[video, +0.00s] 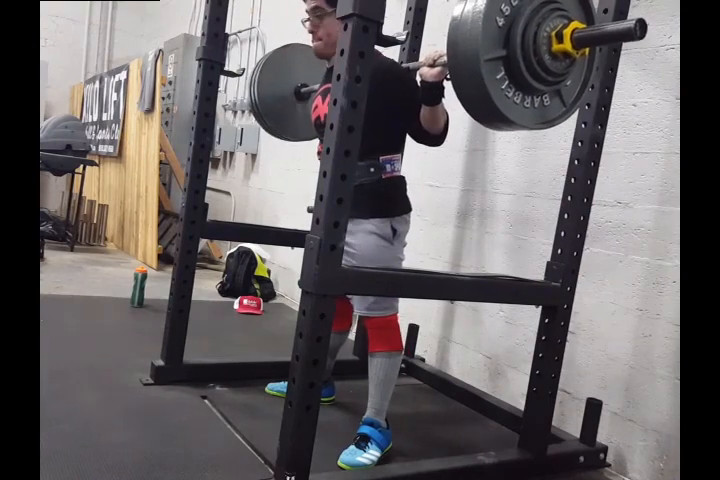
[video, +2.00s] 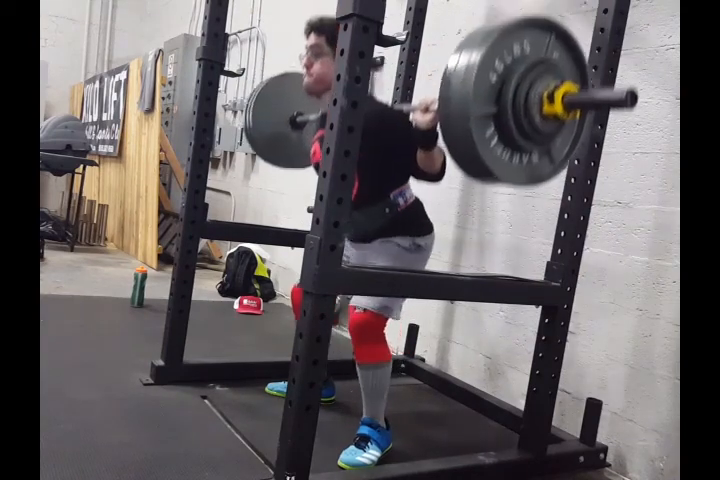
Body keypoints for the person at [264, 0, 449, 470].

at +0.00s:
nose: (310, 31)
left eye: (317, 20)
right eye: (307, 22)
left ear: (348, 19)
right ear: (320, 25)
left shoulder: (387, 74)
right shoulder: (329, 78)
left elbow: (433, 135)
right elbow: (328, 139)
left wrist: (431, 87)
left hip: (377, 215)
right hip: (331, 212)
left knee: (377, 311)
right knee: (327, 301)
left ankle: (375, 424)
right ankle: (317, 379)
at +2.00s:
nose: (305, 63)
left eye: (316, 55)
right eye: (305, 54)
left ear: (345, 63)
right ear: (310, 62)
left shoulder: (378, 118)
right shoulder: (324, 120)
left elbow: (433, 171)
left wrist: (425, 132)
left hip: (400, 234)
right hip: (350, 232)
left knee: (364, 323)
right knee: (304, 296)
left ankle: (374, 428)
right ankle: (315, 381)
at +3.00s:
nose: (273, 180)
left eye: (282, 172)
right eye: (273, 171)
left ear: (313, 177)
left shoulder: (354, 225)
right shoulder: (302, 225)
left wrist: (402, 229)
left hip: (402, 295)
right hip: (352, 292)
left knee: (353, 333)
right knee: (284, 302)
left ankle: (372, 428)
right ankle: (315, 383)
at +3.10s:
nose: (273, 184)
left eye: (282, 176)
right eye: (273, 176)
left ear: (313, 181)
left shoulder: (354, 229)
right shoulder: (303, 229)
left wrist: (402, 237)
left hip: (401, 300)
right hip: (354, 297)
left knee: (352, 333)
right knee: (282, 304)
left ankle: (372, 429)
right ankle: (315, 383)